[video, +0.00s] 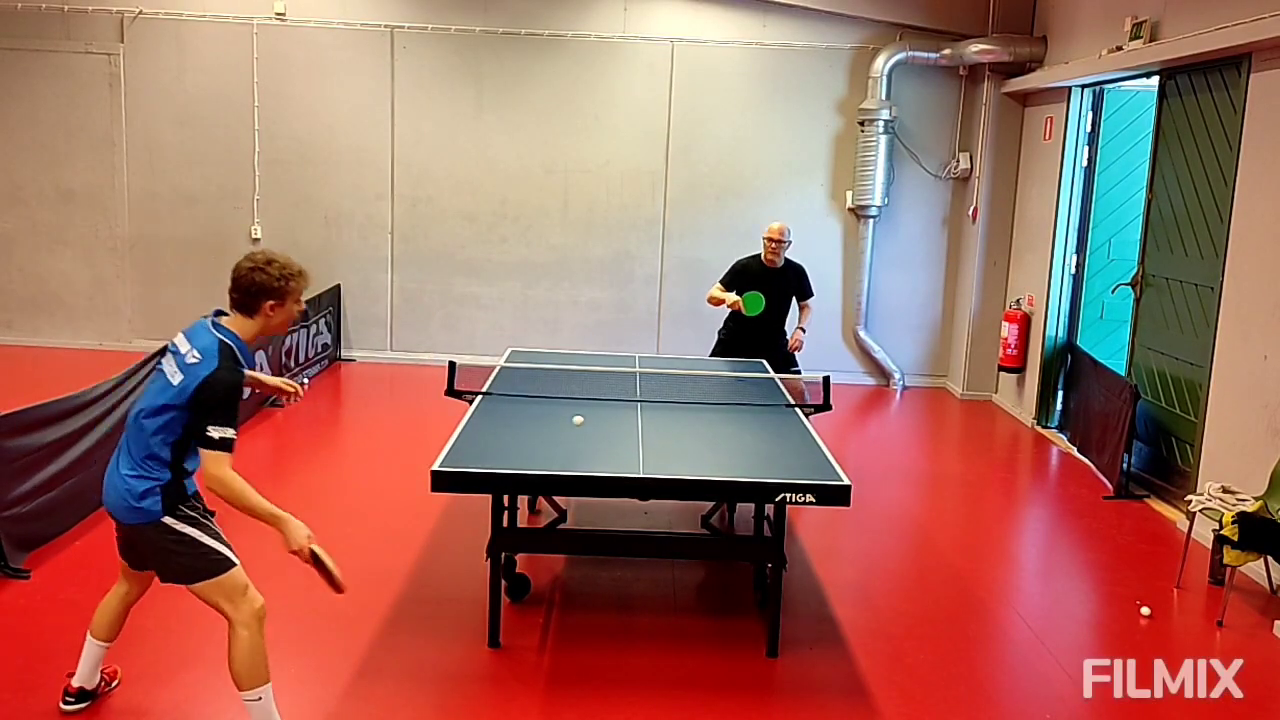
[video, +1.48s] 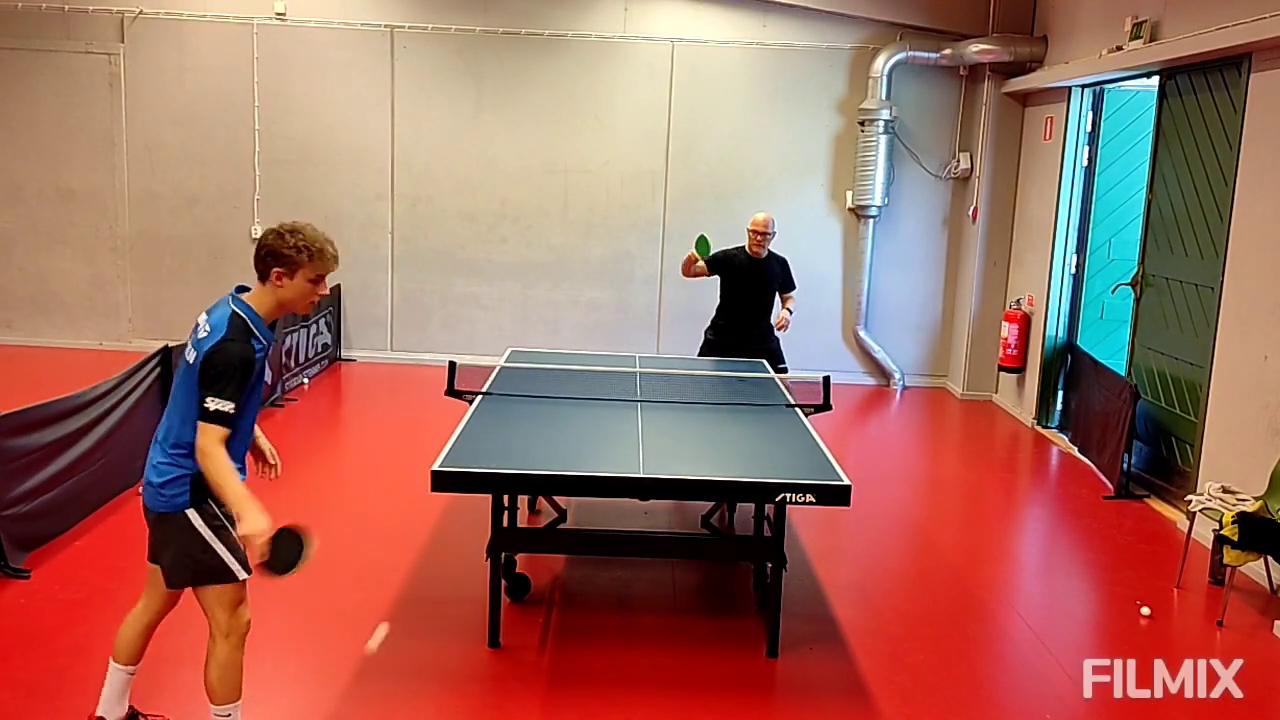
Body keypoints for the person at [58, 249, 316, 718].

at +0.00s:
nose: (298, 314)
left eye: (299, 305)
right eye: (295, 306)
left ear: (246, 299)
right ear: (270, 308)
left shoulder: (209, 327)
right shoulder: (223, 372)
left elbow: (219, 367)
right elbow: (215, 473)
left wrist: (260, 380)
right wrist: (283, 522)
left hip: (127, 484)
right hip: (160, 501)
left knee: (132, 581)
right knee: (247, 609)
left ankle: (82, 682)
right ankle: (266, 714)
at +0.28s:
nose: (390, 343)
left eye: (392, 334)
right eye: (387, 333)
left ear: (339, 325)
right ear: (355, 330)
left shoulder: (280, 341)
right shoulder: (317, 396)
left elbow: (209, 385)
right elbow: (343, 492)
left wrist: (218, 446)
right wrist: (424, 505)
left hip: (175, 489)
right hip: (212, 512)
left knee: (152, 596)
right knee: (302, 616)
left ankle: (99, 693)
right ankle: (280, 715)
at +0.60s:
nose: (365, 271)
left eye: (364, 262)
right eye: (363, 263)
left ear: (304, 262)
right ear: (348, 272)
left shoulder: (251, 305)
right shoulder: (335, 353)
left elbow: (182, 365)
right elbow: (351, 443)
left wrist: (179, 414)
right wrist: (411, 420)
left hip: (203, 480)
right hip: (256, 496)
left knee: (179, 590)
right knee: (304, 611)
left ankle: (127, 701)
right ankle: (280, 716)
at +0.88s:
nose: (302, 263)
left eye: (302, 254)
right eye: (301, 255)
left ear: (241, 258)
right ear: (286, 264)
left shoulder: (193, 314)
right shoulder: (278, 347)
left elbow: (157, 392)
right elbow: (311, 438)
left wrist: (212, 401)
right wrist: (371, 408)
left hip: (182, 494)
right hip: (239, 504)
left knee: (157, 611)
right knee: (298, 609)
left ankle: (118, 715)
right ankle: (279, 716)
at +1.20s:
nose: (289, 270)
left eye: (288, 262)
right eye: (287, 262)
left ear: (234, 262)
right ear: (271, 270)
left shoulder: (205, 304)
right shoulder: (222, 349)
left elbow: (213, 378)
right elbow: (206, 455)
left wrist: (274, 398)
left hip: (146, 482)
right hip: (177, 494)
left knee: (139, 606)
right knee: (233, 617)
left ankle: (115, 715)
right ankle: (227, 717)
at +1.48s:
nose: (323, 292)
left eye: (325, 282)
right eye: (316, 281)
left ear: (279, 278)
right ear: (279, 278)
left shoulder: (240, 309)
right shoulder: (235, 346)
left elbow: (214, 391)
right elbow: (208, 447)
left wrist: (251, 432)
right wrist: (248, 510)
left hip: (170, 481)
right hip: (190, 493)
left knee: (157, 598)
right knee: (231, 623)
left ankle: (110, 710)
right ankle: (226, 718)